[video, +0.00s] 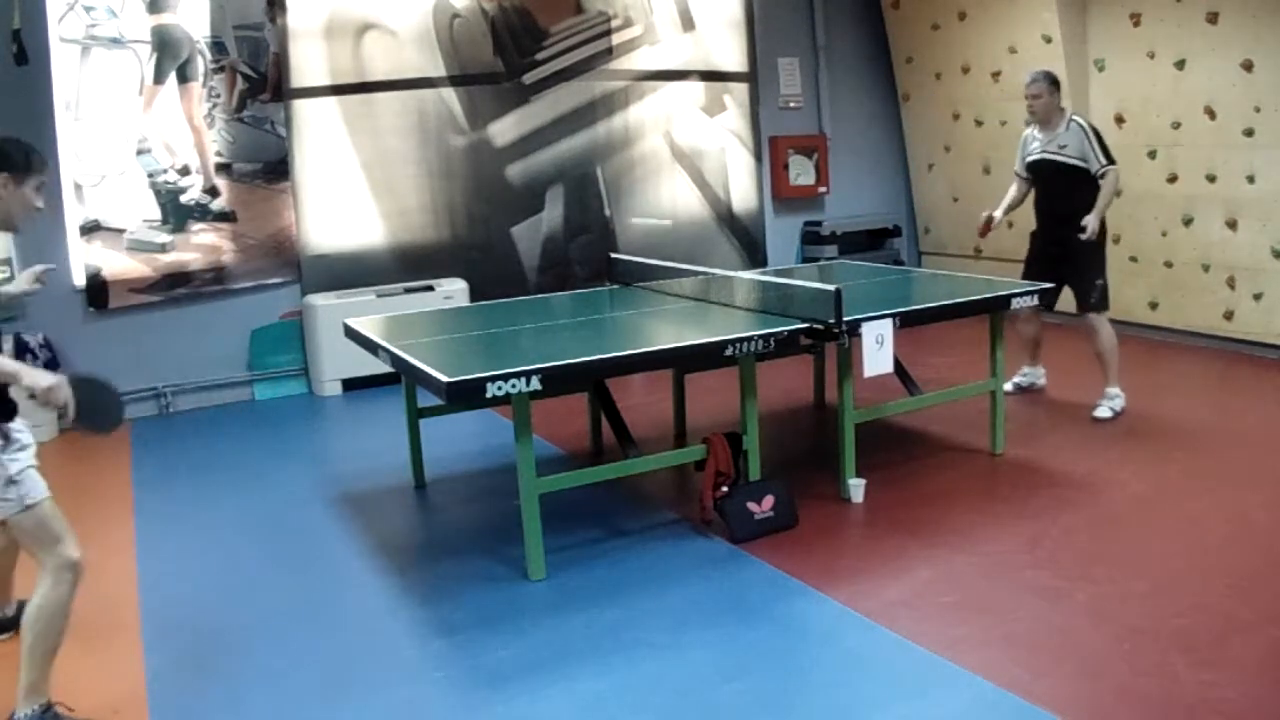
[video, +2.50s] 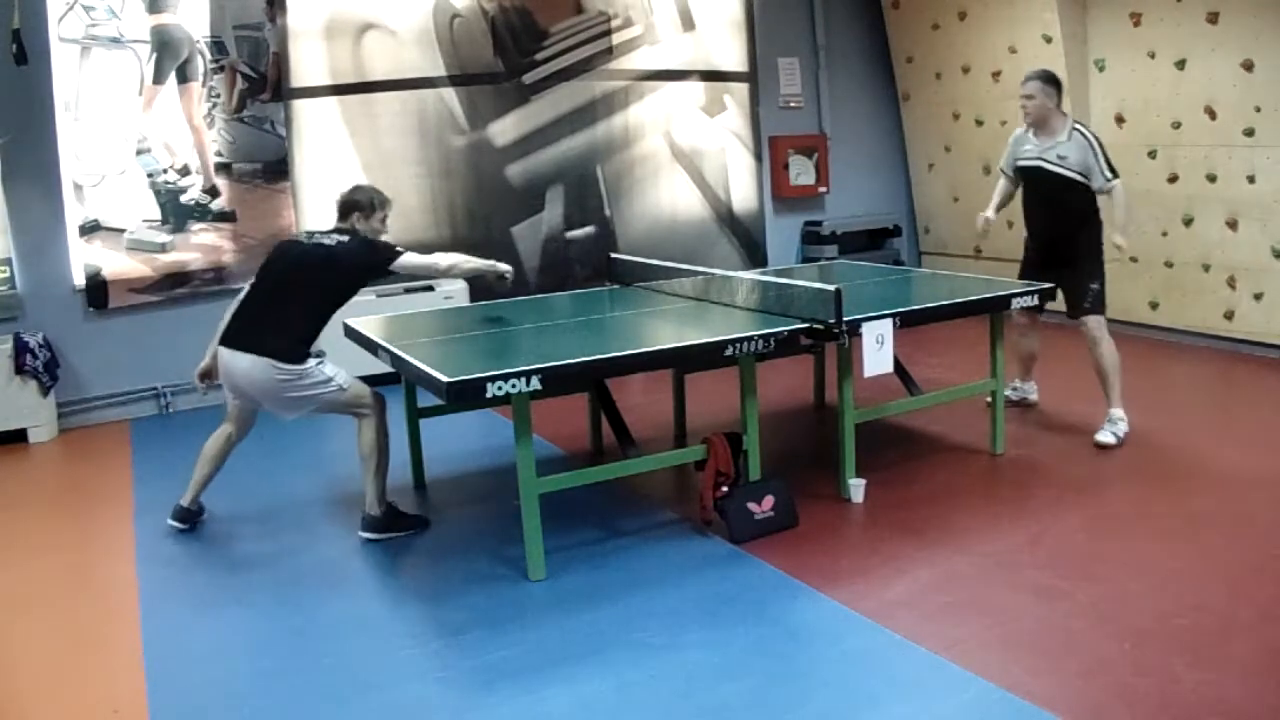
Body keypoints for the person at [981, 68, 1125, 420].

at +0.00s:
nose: (1030, 105)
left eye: (1036, 98)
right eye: (1027, 99)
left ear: (1056, 97)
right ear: (1026, 101)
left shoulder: (1081, 130)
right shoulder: (1030, 137)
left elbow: (1110, 176)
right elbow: (1021, 183)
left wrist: (1096, 214)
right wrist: (999, 212)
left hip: (1084, 238)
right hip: (1046, 237)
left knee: (1093, 315)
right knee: (1025, 308)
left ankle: (1113, 391)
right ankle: (1033, 370)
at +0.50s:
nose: (1004, 125)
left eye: (1011, 119)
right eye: (1001, 118)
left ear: (1030, 117)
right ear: (999, 117)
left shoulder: (1059, 139)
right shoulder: (994, 152)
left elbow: (1092, 173)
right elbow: (970, 185)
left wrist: (1107, 212)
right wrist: (945, 211)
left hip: (1070, 239)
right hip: (1026, 241)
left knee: (1087, 313)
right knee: (996, 305)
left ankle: (1111, 391)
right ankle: (993, 380)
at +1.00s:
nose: (1028, 106)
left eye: (1034, 99)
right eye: (1026, 100)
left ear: (1056, 100)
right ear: (1026, 102)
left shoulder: (1084, 133)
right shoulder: (1028, 138)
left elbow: (1115, 176)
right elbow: (1028, 184)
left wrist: (1116, 220)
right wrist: (1004, 214)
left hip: (1087, 241)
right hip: (1046, 239)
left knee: (1094, 321)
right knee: (1018, 309)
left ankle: (1108, 390)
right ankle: (1013, 379)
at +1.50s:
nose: (1034, 125)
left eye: (1042, 118)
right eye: (1030, 118)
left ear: (1061, 118)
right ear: (1026, 120)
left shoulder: (1089, 144)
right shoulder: (1024, 160)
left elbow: (1120, 178)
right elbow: (1023, 206)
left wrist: (1122, 218)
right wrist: (1032, 244)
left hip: (1095, 246)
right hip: (1053, 248)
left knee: (1100, 316)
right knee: (1021, 313)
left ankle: (1118, 405)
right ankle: (1032, 380)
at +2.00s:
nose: (1090, 153)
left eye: (1100, 147)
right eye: (1086, 144)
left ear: (1119, 148)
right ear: (1081, 142)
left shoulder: (1138, 176)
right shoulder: (1075, 177)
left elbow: (1156, 209)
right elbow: (1054, 225)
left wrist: (1169, 249)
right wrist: (1053, 267)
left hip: (1119, 258)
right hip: (1076, 253)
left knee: (1121, 330)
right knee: (1039, 323)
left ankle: (1119, 420)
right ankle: (1031, 376)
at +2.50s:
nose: (1023, 106)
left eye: (1030, 98)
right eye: (1021, 99)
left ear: (1054, 101)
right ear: (1024, 102)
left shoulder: (1083, 140)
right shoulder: (1021, 139)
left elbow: (1113, 186)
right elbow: (1008, 179)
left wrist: (1119, 231)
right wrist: (992, 208)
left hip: (1081, 250)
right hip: (1039, 248)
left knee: (1092, 326)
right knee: (1021, 319)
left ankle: (1116, 413)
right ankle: (1024, 385)